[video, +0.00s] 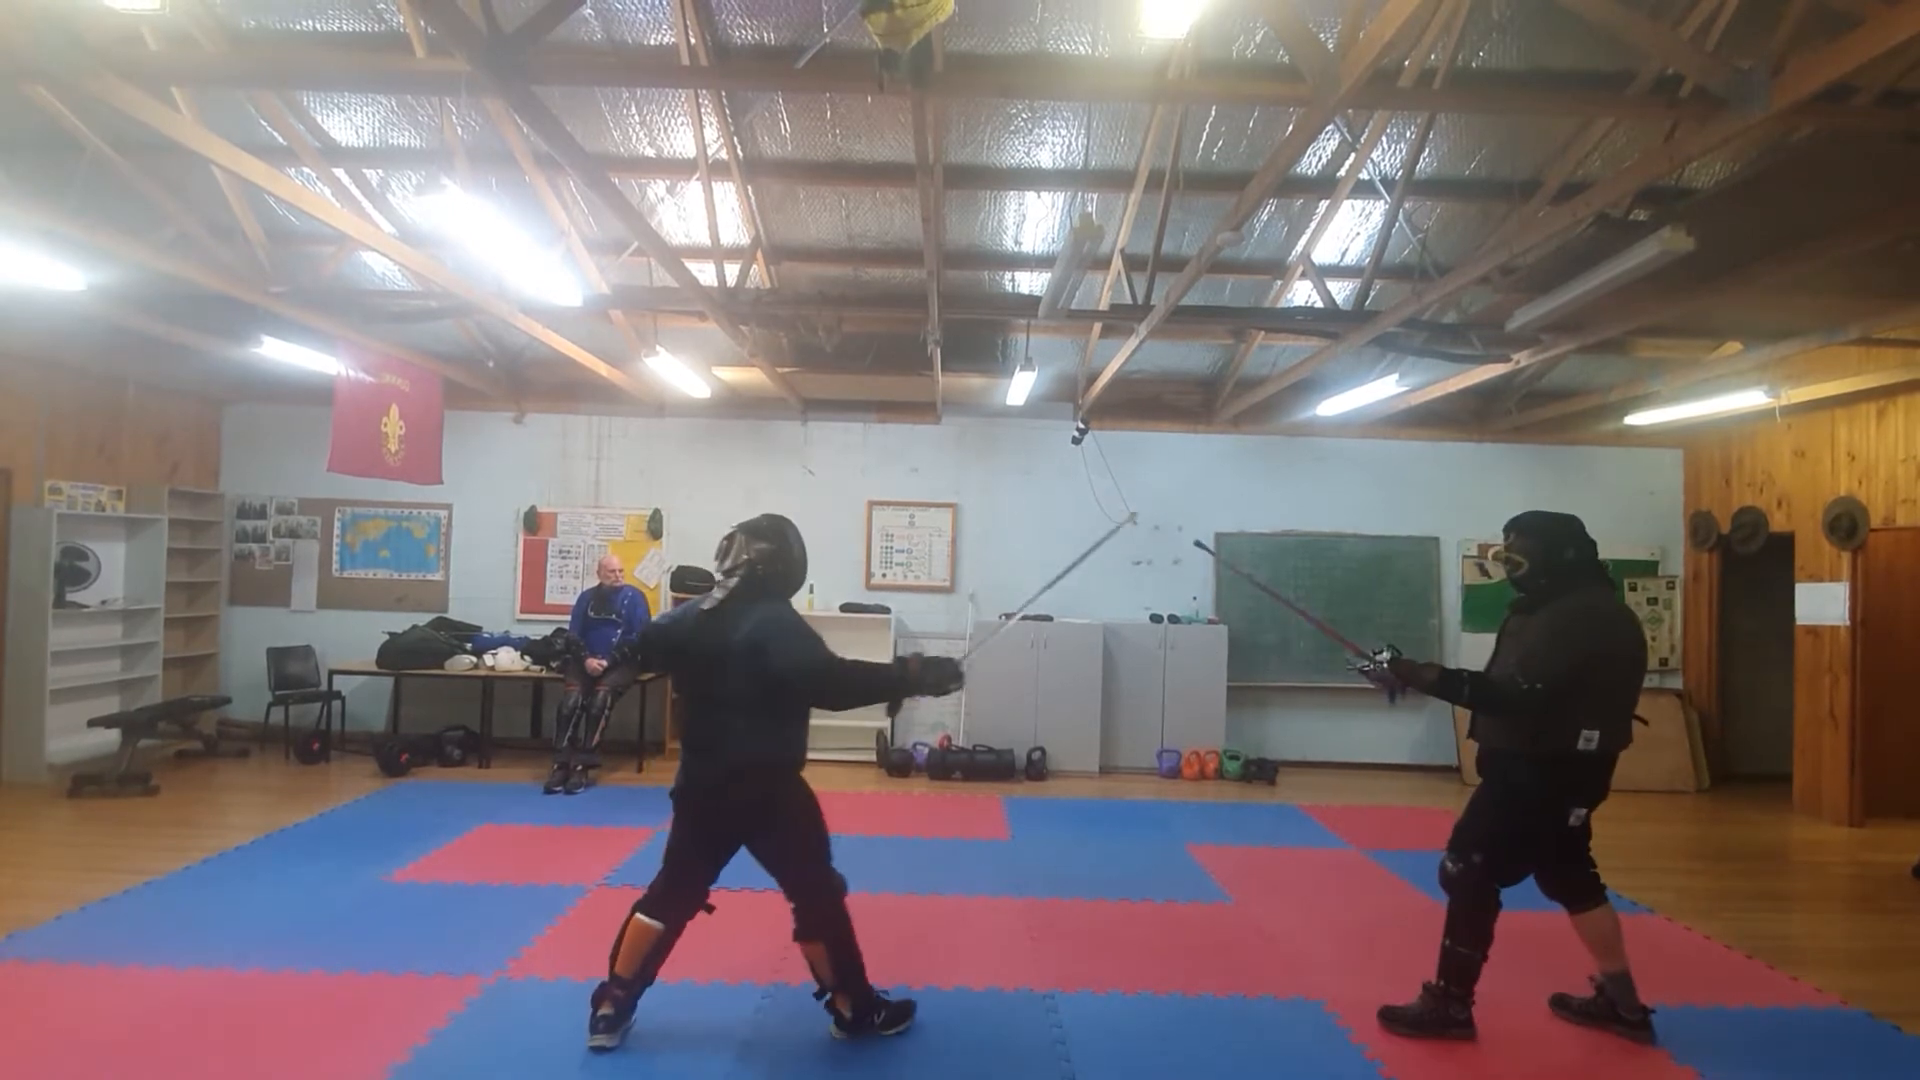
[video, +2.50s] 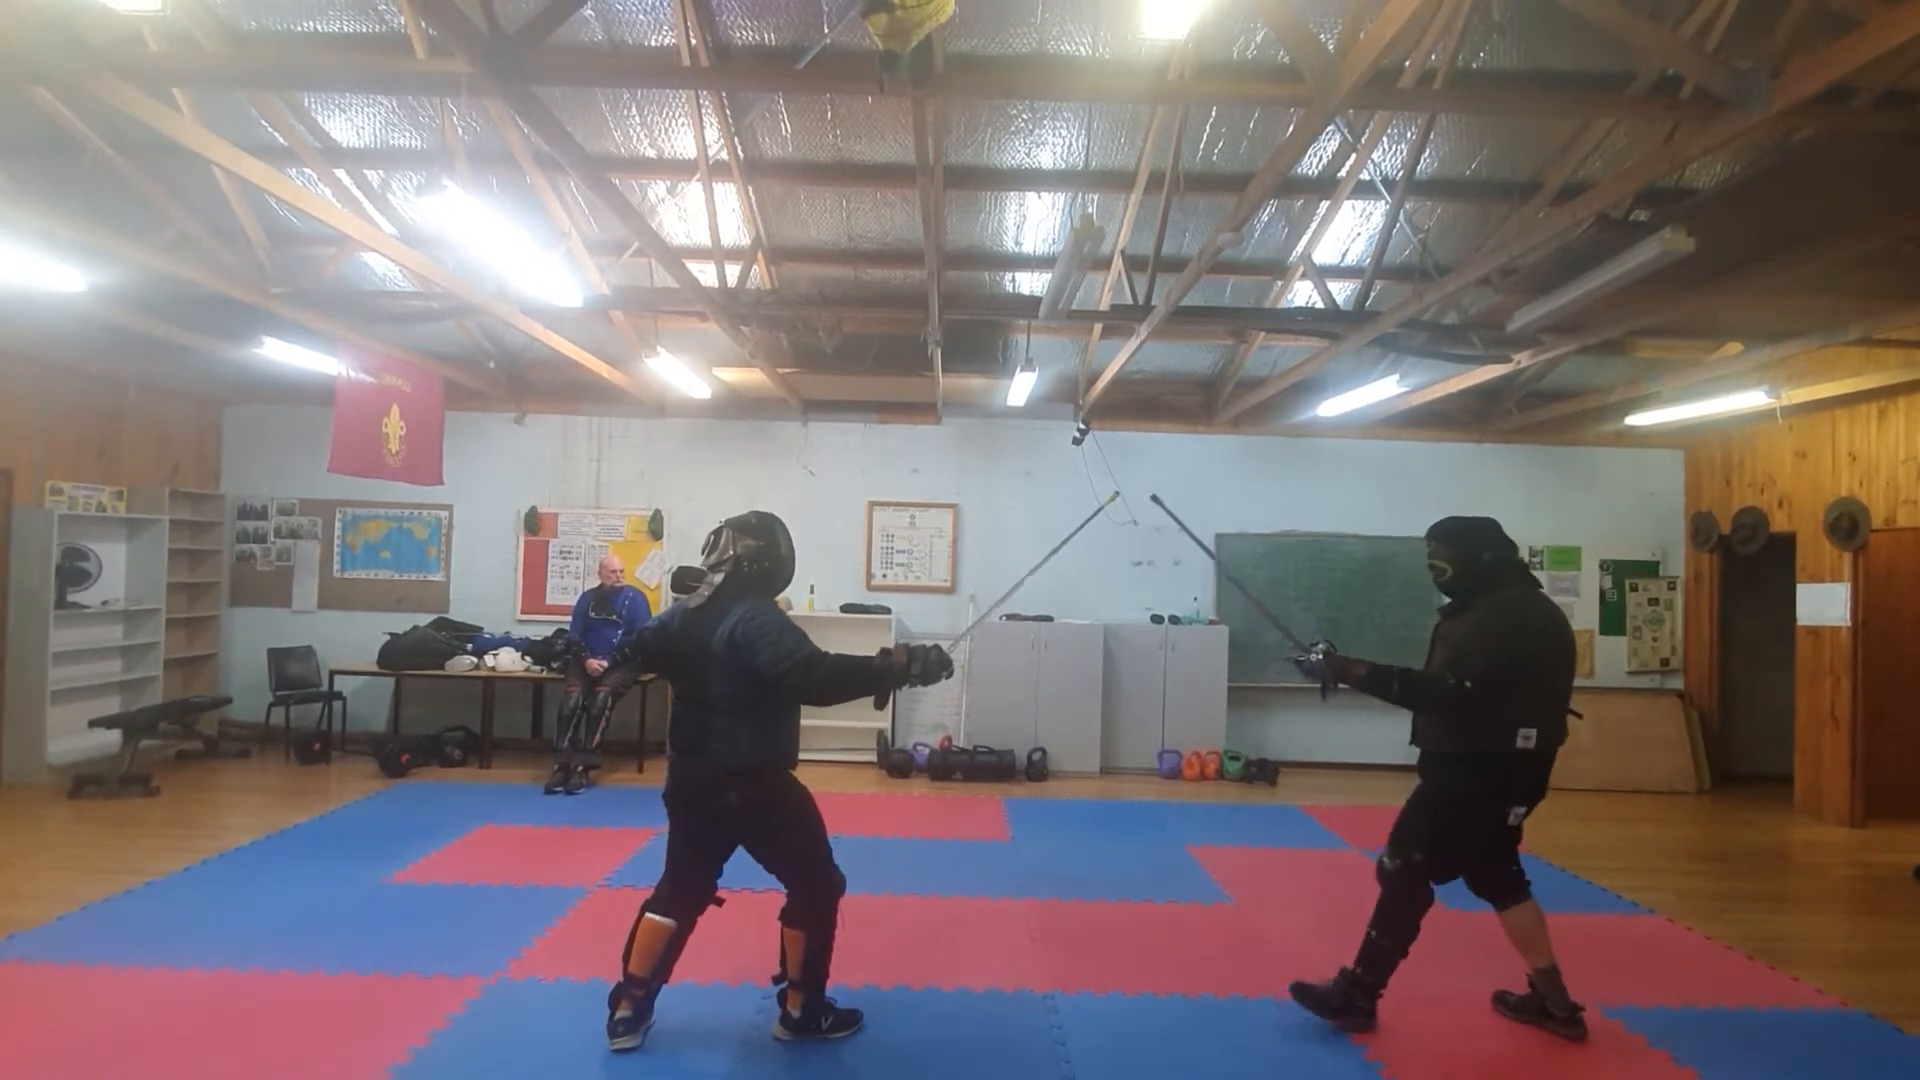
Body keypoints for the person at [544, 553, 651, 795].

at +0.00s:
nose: (618, 576)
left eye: (621, 572)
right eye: (612, 572)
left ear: (624, 572)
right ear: (599, 573)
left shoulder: (634, 597)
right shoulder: (586, 597)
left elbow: (637, 636)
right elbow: (573, 635)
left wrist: (609, 660)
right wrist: (585, 658)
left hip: (619, 662)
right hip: (585, 659)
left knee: (601, 696)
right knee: (572, 697)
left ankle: (581, 768)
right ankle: (560, 765)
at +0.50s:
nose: (618, 577)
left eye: (621, 572)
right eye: (612, 572)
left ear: (624, 573)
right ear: (599, 574)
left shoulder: (634, 598)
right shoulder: (587, 597)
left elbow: (640, 639)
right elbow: (573, 636)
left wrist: (608, 661)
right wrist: (585, 659)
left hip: (619, 663)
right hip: (585, 660)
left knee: (601, 696)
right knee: (572, 697)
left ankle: (581, 768)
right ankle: (560, 766)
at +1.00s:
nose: (617, 576)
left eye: (621, 571)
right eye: (612, 572)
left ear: (624, 572)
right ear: (599, 573)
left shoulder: (634, 597)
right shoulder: (586, 597)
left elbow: (638, 636)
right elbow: (573, 634)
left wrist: (608, 660)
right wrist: (585, 658)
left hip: (619, 661)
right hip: (585, 659)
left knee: (601, 695)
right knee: (572, 695)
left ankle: (581, 767)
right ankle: (560, 765)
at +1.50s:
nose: (618, 577)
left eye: (621, 572)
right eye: (612, 572)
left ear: (624, 573)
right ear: (599, 573)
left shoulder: (634, 598)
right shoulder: (587, 597)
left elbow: (638, 637)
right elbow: (574, 635)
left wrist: (609, 661)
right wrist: (585, 659)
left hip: (619, 662)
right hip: (585, 659)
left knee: (601, 697)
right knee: (572, 696)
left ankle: (582, 768)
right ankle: (560, 765)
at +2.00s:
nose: (618, 576)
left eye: (621, 572)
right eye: (613, 572)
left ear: (624, 573)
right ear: (600, 573)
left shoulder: (635, 598)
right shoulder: (587, 598)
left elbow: (639, 637)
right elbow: (574, 636)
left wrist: (609, 661)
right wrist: (586, 659)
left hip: (620, 662)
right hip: (586, 660)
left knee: (601, 698)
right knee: (572, 698)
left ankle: (582, 768)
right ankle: (561, 766)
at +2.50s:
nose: (618, 577)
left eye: (621, 572)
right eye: (613, 572)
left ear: (624, 573)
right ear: (600, 573)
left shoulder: (634, 598)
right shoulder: (587, 598)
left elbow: (640, 637)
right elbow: (574, 635)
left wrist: (609, 660)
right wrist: (586, 659)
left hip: (621, 662)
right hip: (586, 659)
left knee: (601, 697)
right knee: (572, 698)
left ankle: (582, 768)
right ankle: (561, 765)